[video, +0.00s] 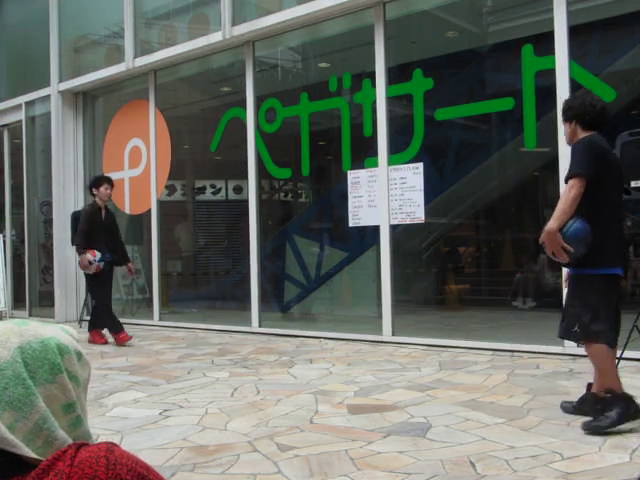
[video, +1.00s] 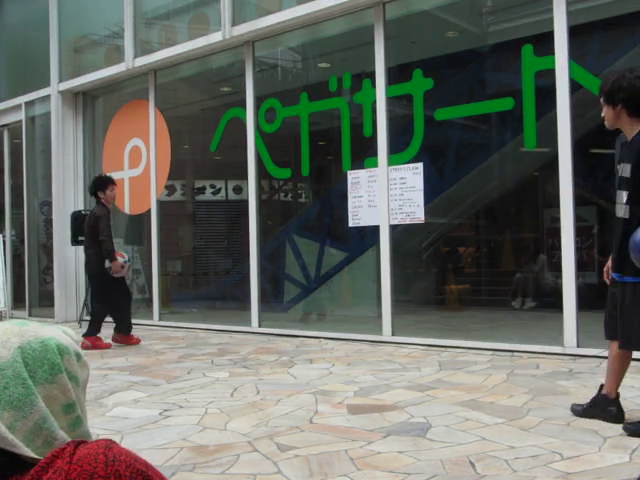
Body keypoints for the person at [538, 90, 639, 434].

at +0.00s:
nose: (564, 131)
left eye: (565, 125)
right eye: (564, 125)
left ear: (574, 123)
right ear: (595, 122)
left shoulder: (586, 147)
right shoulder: (603, 149)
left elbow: (576, 188)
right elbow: (602, 205)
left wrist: (551, 228)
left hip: (595, 259)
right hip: (601, 258)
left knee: (590, 328)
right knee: (594, 328)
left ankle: (619, 399)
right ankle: (599, 393)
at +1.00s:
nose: (602, 113)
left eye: (605, 107)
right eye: (602, 106)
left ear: (620, 108)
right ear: (620, 107)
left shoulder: (633, 146)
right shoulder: (622, 145)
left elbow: (629, 212)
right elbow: (623, 210)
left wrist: (619, 256)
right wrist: (614, 255)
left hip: (633, 258)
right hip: (623, 258)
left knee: (625, 332)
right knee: (620, 328)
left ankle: (610, 398)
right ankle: (608, 397)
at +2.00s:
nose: (545, 118)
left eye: (548, 112)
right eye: (546, 112)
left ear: (561, 115)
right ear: (568, 116)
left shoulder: (587, 147)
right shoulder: (565, 153)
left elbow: (599, 190)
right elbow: (554, 214)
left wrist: (597, 232)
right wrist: (537, 256)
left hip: (571, 259)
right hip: (554, 259)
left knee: (571, 328)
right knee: (557, 329)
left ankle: (591, 401)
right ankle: (584, 398)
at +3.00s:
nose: (456, 131)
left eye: (458, 125)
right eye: (457, 125)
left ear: (465, 129)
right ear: (491, 125)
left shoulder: (470, 164)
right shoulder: (511, 161)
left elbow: (455, 213)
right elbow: (517, 214)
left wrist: (430, 253)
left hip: (481, 267)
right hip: (513, 264)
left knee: (479, 333)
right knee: (514, 325)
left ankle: (480, 400)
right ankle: (554, 384)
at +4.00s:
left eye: (480, 115)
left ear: (479, 120)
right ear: (514, 116)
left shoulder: (468, 160)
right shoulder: (536, 158)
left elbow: (456, 216)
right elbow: (553, 214)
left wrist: (487, 217)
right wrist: (536, 229)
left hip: (486, 269)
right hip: (526, 267)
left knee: (481, 335)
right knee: (520, 339)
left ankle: (479, 400)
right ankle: (503, 418)